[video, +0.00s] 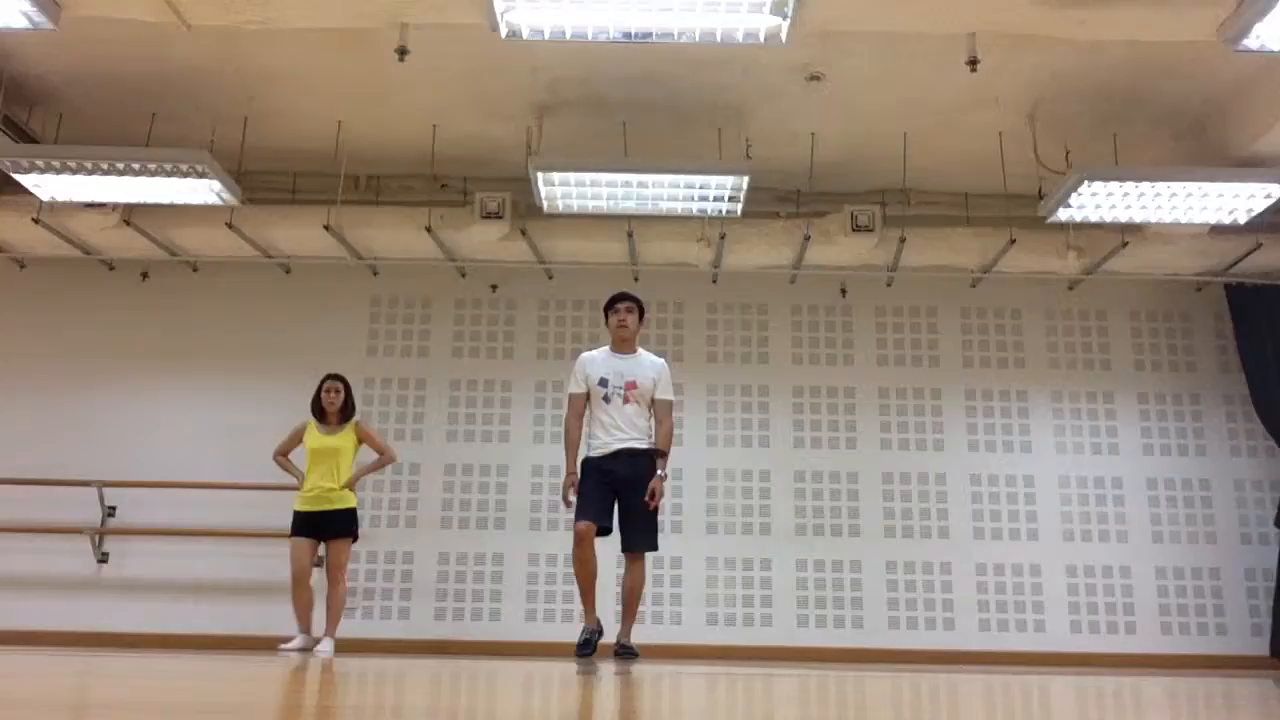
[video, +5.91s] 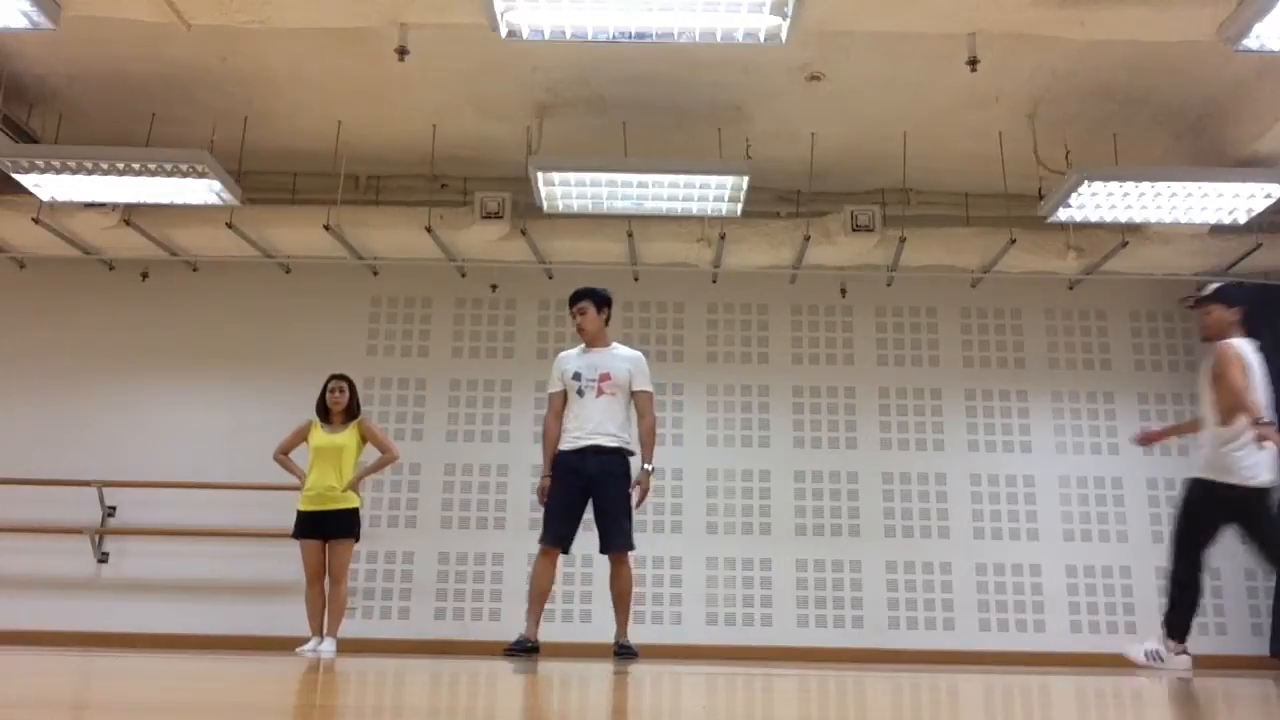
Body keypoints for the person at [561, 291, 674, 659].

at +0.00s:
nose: (622, 318)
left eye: (629, 312)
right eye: (616, 313)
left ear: (641, 321)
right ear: (607, 322)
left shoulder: (656, 366)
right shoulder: (588, 362)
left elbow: (664, 422)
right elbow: (574, 417)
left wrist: (660, 472)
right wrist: (571, 469)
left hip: (639, 464)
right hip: (597, 464)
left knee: (635, 551)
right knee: (583, 531)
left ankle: (625, 636)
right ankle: (590, 623)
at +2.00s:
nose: (638, 317)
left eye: (643, 313)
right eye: (631, 312)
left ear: (649, 321)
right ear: (616, 318)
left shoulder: (661, 366)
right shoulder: (593, 358)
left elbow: (669, 418)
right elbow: (579, 412)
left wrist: (671, 467)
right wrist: (576, 460)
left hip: (641, 461)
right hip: (598, 459)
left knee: (632, 551)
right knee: (589, 541)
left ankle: (624, 636)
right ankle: (589, 630)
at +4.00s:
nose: (626, 319)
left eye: (633, 314)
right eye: (620, 314)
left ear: (643, 322)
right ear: (610, 321)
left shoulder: (657, 368)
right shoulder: (590, 362)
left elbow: (667, 422)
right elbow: (576, 415)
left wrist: (665, 474)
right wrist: (577, 461)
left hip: (641, 463)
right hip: (600, 462)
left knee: (635, 551)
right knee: (596, 535)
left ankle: (624, 636)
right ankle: (593, 624)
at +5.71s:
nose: (598, 324)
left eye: (604, 316)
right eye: (594, 318)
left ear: (623, 317)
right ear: (591, 323)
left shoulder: (648, 363)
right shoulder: (581, 362)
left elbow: (658, 419)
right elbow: (568, 416)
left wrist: (655, 470)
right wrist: (561, 467)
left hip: (627, 462)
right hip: (584, 460)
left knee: (627, 551)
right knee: (561, 534)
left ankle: (623, 636)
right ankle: (551, 625)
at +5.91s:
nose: (577, 320)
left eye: (583, 313)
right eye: (574, 315)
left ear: (604, 314)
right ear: (574, 320)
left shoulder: (632, 359)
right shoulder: (564, 361)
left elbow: (646, 416)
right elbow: (554, 417)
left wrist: (646, 467)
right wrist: (546, 471)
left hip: (613, 462)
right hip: (569, 461)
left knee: (618, 553)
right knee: (548, 547)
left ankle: (622, 637)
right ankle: (530, 634)